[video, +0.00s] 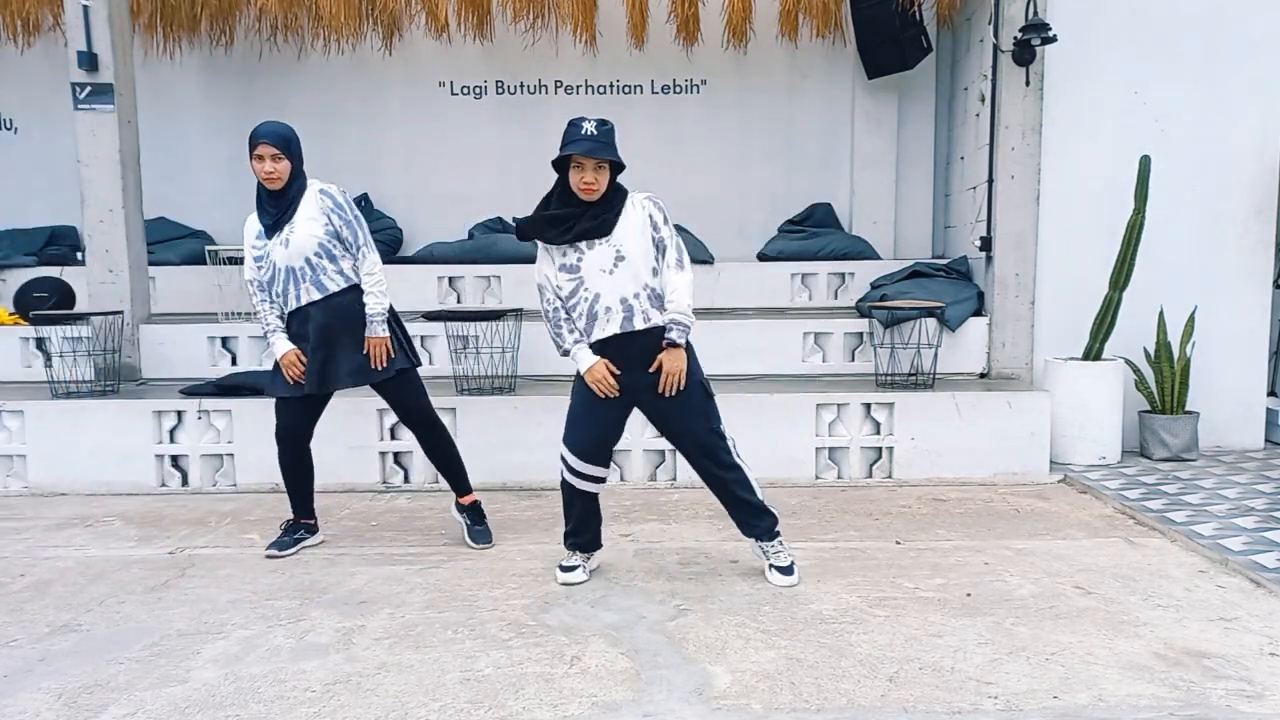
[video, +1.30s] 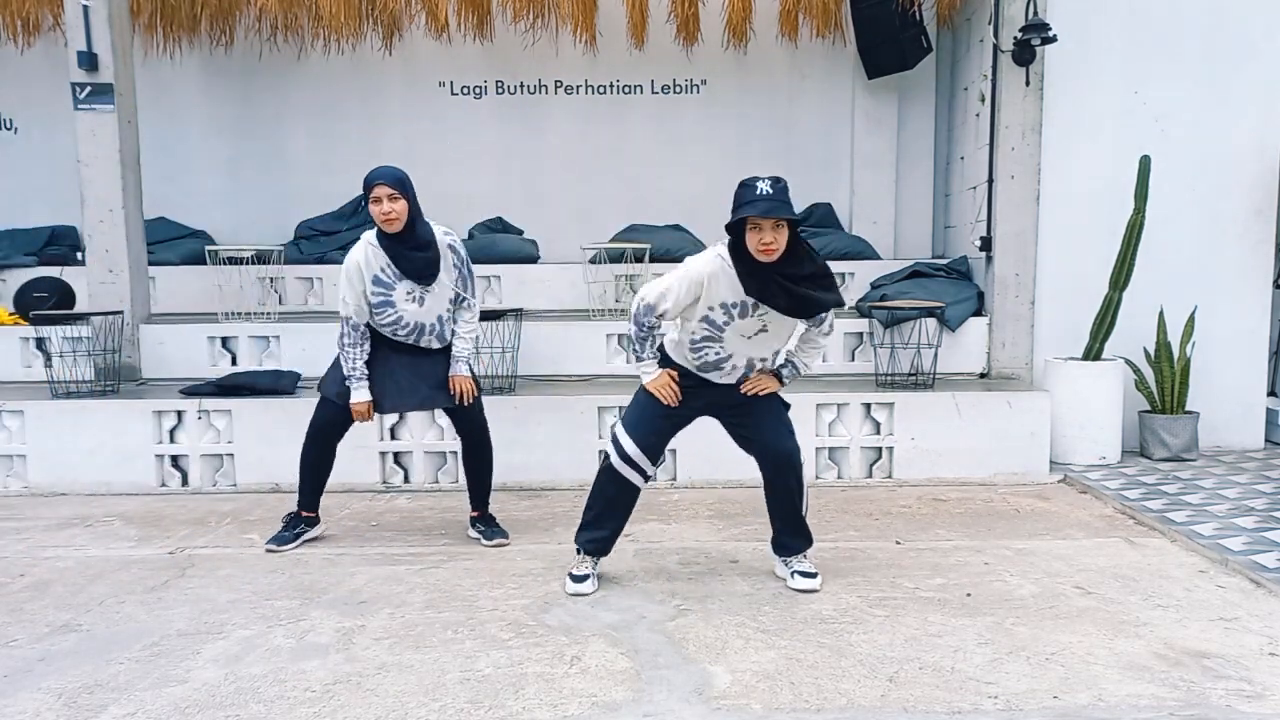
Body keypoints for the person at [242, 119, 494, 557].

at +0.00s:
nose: (268, 167)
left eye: (277, 157)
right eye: (259, 159)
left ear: (294, 158)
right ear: (252, 164)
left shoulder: (328, 197)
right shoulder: (255, 225)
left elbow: (369, 257)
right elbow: (260, 294)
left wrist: (377, 322)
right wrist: (280, 343)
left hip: (359, 320)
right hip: (305, 334)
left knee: (418, 415)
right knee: (290, 434)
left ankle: (468, 503)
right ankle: (304, 522)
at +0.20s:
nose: (287, 183)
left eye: (297, 175)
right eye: (279, 174)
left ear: (315, 180)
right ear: (269, 179)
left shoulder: (343, 217)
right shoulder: (265, 233)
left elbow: (390, 278)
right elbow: (268, 304)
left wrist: (402, 342)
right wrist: (288, 358)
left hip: (375, 330)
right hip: (317, 341)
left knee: (434, 412)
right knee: (291, 428)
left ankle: (479, 502)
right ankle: (303, 521)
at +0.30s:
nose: (317, 208)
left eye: (328, 200)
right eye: (309, 199)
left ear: (343, 207)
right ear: (298, 204)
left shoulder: (366, 240)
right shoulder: (284, 252)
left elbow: (410, 300)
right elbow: (288, 321)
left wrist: (418, 361)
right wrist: (304, 376)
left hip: (389, 339)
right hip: (331, 348)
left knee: (441, 418)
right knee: (288, 430)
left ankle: (483, 509)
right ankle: (302, 521)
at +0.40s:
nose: (358, 218)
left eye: (367, 210)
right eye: (348, 209)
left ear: (380, 217)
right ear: (336, 215)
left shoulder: (402, 255)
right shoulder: (313, 262)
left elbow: (432, 315)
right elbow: (308, 331)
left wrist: (436, 372)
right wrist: (322, 389)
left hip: (408, 360)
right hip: (347, 365)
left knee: (459, 423)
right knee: (293, 433)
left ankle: (480, 516)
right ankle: (303, 521)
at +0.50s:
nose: (393, 205)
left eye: (402, 196)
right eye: (383, 196)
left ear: (415, 201)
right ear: (370, 203)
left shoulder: (437, 247)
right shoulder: (347, 251)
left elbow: (453, 310)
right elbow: (329, 322)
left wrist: (454, 366)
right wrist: (337, 386)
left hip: (424, 364)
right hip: (365, 364)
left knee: (470, 424)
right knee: (309, 431)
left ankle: (481, 516)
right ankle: (303, 521)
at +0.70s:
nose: (433, 170)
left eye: (440, 160)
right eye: (422, 162)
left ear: (454, 161)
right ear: (411, 167)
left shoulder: (478, 217)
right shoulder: (390, 209)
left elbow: (484, 284)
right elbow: (363, 279)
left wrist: (473, 341)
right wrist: (360, 346)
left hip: (450, 339)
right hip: (391, 335)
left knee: (471, 428)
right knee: (337, 422)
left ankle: (480, 515)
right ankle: (291, 510)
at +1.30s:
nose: (386, 208)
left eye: (394, 199)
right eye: (376, 201)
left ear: (411, 200)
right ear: (369, 208)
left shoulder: (448, 244)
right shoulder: (361, 256)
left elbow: (468, 307)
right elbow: (353, 328)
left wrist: (461, 363)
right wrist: (359, 386)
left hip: (437, 349)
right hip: (378, 346)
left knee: (473, 418)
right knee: (325, 421)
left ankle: (481, 515)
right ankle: (306, 515)